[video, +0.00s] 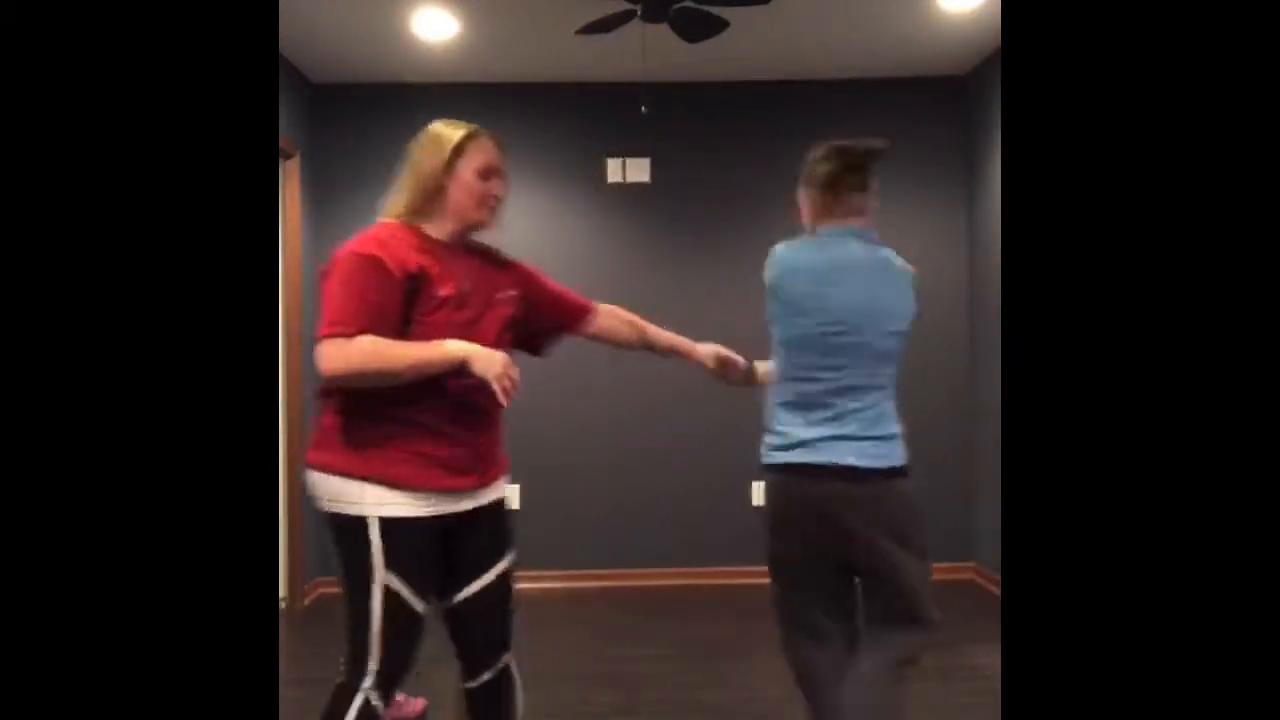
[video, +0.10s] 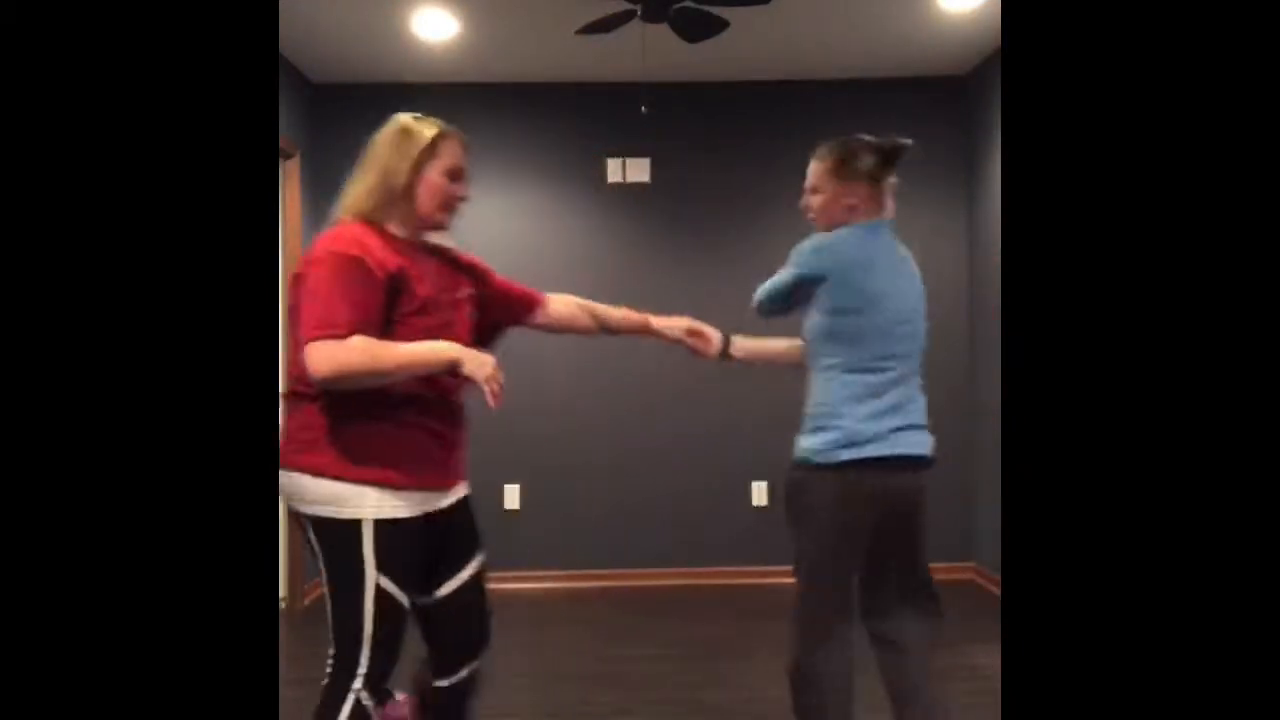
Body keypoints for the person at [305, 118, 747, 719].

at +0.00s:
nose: (498, 189)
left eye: (501, 177)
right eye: (484, 175)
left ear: (503, 186)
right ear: (437, 177)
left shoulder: (499, 274)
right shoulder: (375, 255)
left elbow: (596, 319)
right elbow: (337, 357)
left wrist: (694, 349)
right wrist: (460, 352)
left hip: (474, 494)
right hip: (378, 497)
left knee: (490, 670)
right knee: (376, 674)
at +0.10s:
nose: (462, 192)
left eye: (463, 178)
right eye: (450, 176)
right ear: (402, 174)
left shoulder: (455, 270)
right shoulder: (345, 251)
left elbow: (549, 309)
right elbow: (326, 358)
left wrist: (658, 324)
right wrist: (451, 354)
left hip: (436, 489)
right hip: (351, 493)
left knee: (461, 646)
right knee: (364, 666)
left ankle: (433, 711)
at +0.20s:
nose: (436, 188)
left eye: (437, 174)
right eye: (425, 172)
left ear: (388, 176)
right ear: (378, 170)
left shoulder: (424, 259)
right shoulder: (323, 252)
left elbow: (522, 297)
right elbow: (314, 366)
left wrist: (633, 300)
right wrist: (443, 357)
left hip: (413, 486)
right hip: (341, 491)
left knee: (432, 639)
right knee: (358, 663)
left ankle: (399, 707)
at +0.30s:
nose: (428, 185)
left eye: (427, 171)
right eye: (416, 168)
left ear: (379, 174)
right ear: (369, 168)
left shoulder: (418, 257)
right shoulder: (314, 258)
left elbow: (511, 305)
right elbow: (298, 380)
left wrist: (614, 298)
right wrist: (433, 373)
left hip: (409, 489)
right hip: (340, 492)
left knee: (430, 642)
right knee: (363, 665)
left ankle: (395, 708)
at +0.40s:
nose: (440, 185)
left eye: (439, 173)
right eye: (426, 171)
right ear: (378, 173)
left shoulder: (426, 259)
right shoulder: (331, 266)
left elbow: (496, 329)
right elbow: (299, 387)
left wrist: (588, 315)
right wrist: (429, 409)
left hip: (419, 484)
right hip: (349, 491)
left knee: (457, 631)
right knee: (372, 666)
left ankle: (397, 711)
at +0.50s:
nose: (465, 197)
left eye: (464, 183)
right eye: (454, 181)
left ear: (417, 188)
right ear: (409, 185)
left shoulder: (448, 265)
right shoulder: (367, 272)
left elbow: (500, 357)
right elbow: (329, 387)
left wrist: (557, 339)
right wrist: (440, 439)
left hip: (446, 491)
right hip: (382, 497)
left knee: (501, 623)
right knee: (396, 670)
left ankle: (473, 711)